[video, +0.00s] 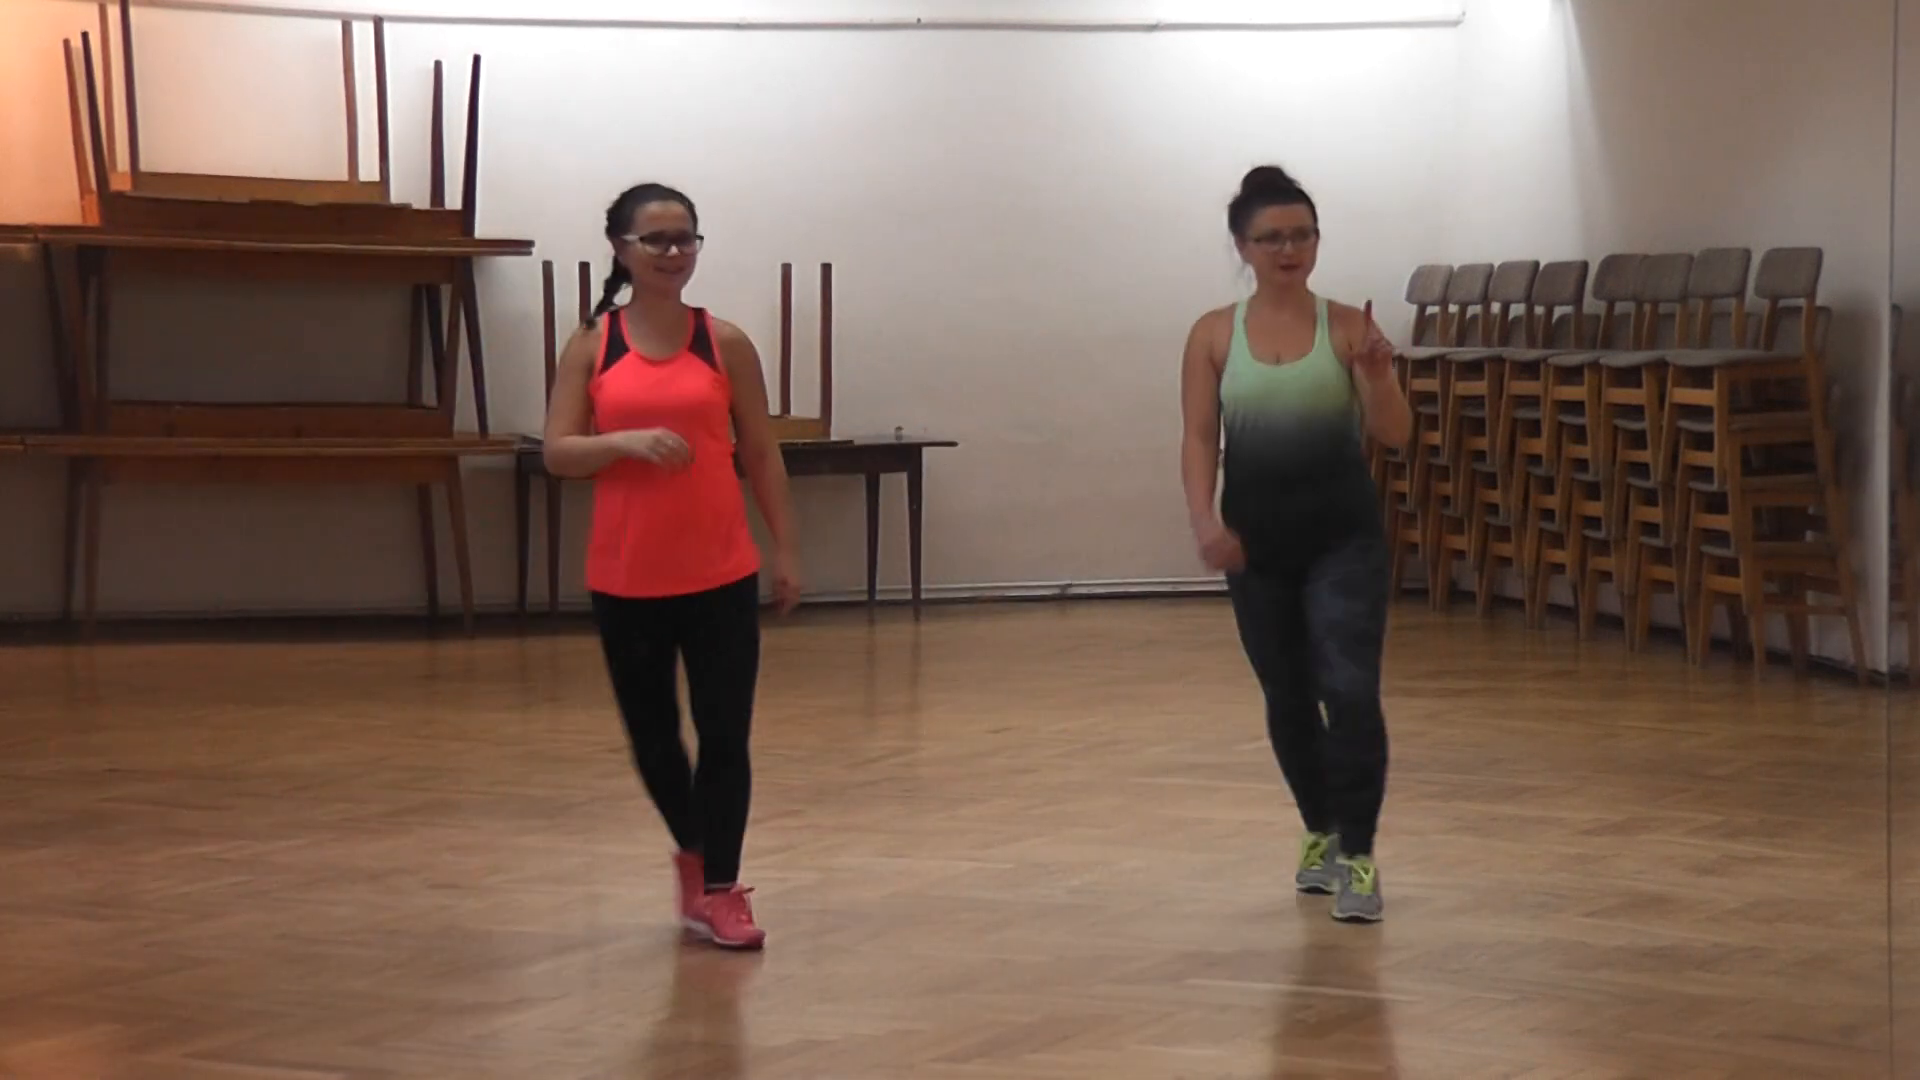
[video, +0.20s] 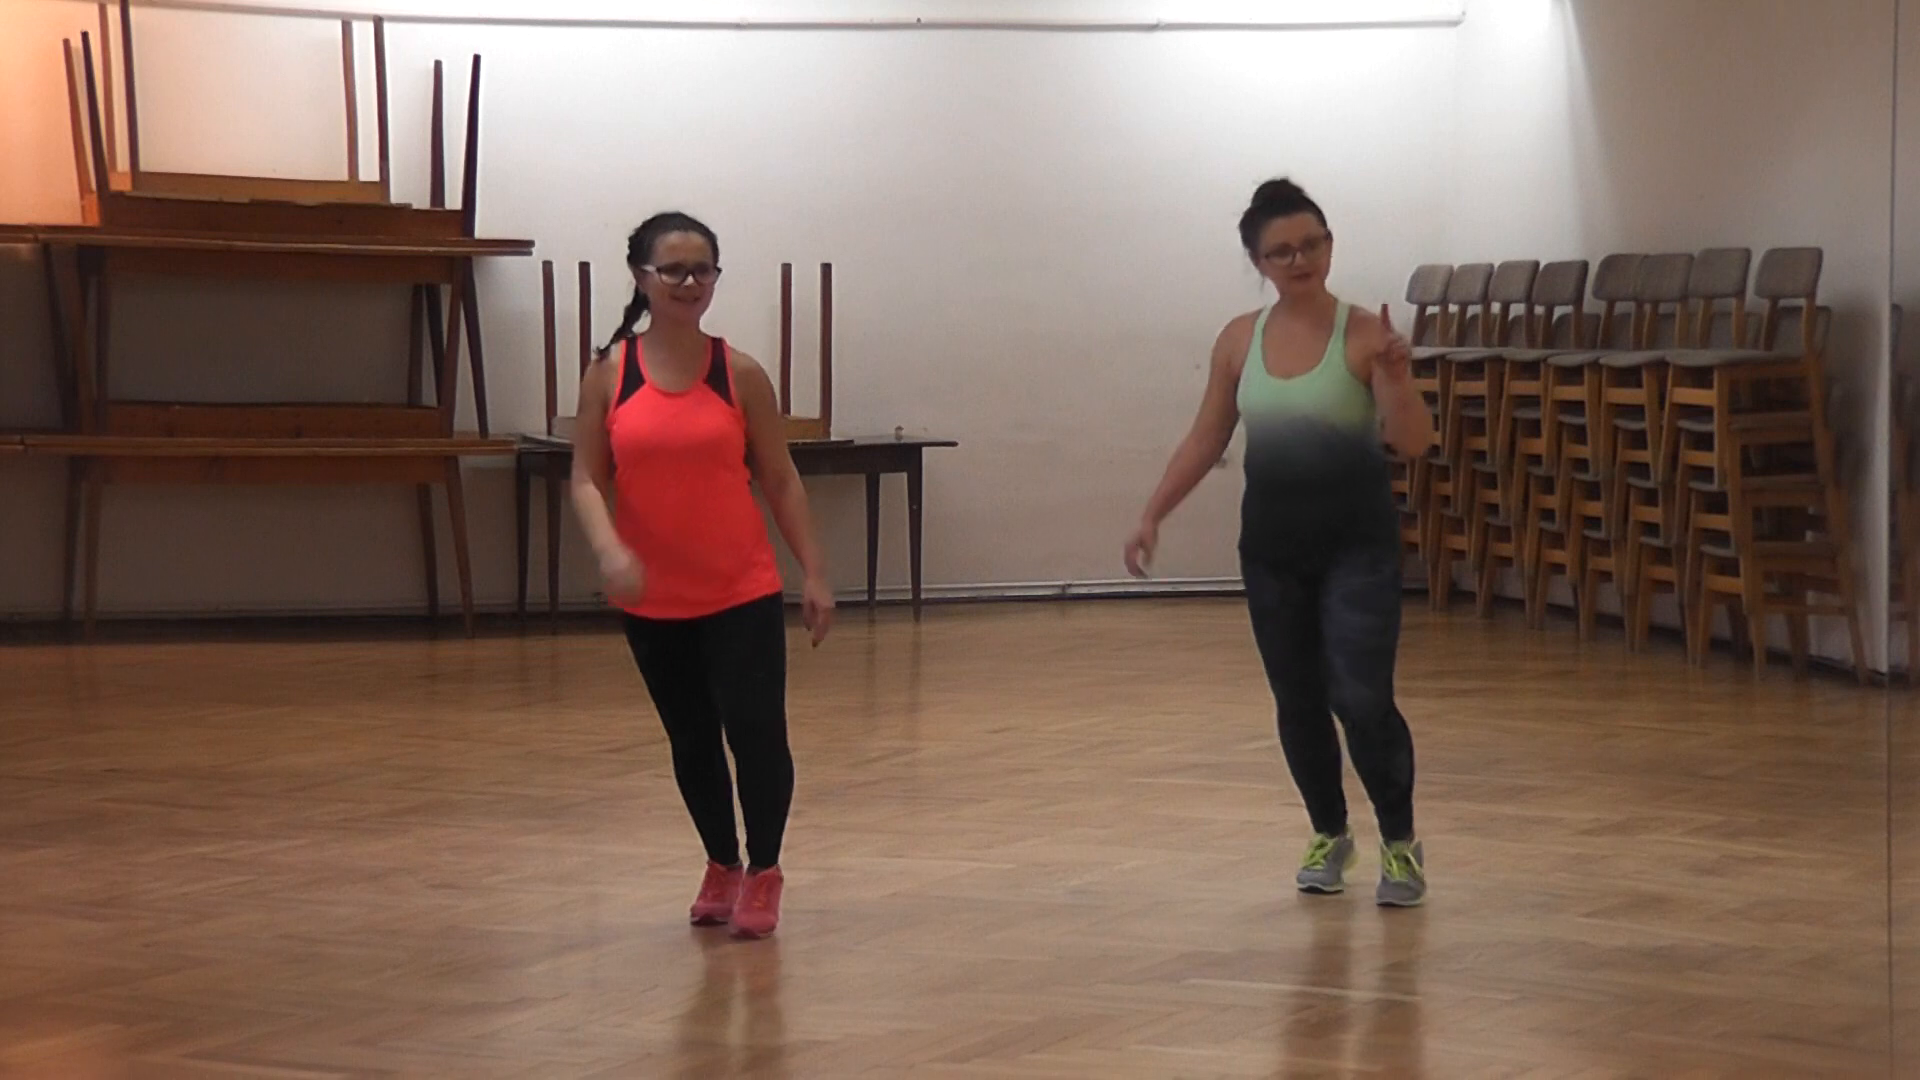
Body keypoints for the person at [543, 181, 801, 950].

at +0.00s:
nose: (676, 251)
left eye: (686, 239)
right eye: (658, 239)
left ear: (698, 247)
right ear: (622, 249)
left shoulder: (726, 344)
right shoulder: (590, 347)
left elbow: (761, 453)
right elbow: (558, 452)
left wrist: (785, 549)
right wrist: (628, 442)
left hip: (723, 574)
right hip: (628, 581)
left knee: (725, 736)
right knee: (652, 740)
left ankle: (722, 891)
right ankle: (691, 848)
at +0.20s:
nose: (689, 283)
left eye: (701, 270)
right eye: (673, 271)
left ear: (717, 277)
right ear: (641, 278)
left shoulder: (741, 374)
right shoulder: (608, 375)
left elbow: (782, 480)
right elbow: (585, 478)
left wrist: (814, 571)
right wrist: (611, 549)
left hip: (743, 592)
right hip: (654, 599)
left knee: (757, 736)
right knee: (692, 743)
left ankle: (763, 873)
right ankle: (722, 866)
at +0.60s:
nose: (653, 283)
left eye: (669, 272)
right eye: (640, 268)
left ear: (685, 283)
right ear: (610, 275)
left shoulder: (707, 374)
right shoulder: (591, 368)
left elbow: (772, 471)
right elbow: (588, 451)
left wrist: (797, 577)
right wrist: (549, 529)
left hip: (703, 591)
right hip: (610, 587)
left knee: (725, 738)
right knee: (568, 733)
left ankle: (756, 882)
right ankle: (566, 912)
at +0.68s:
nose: (635, 299)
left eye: (650, 288)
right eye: (620, 285)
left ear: (666, 298)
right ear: (590, 291)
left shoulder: (683, 389)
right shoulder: (572, 386)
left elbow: (751, 495)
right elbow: (564, 477)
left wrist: (773, 602)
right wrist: (531, 559)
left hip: (679, 607)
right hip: (586, 603)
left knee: (701, 752)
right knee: (552, 747)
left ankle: (756, 876)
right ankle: (564, 926)